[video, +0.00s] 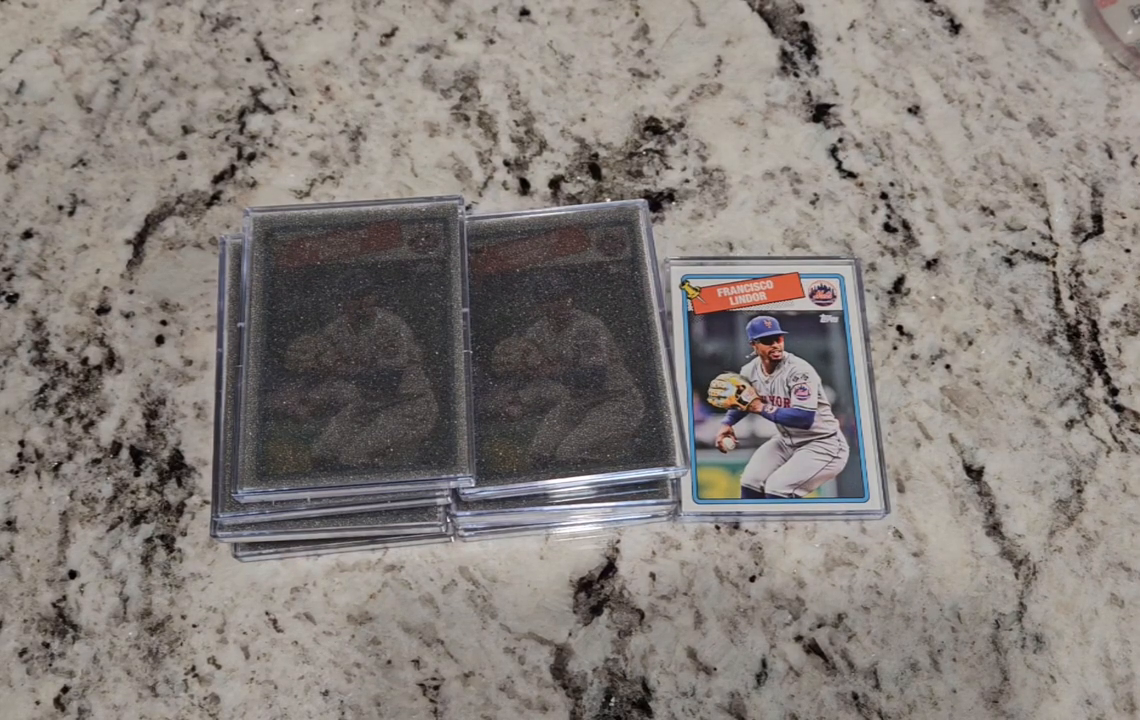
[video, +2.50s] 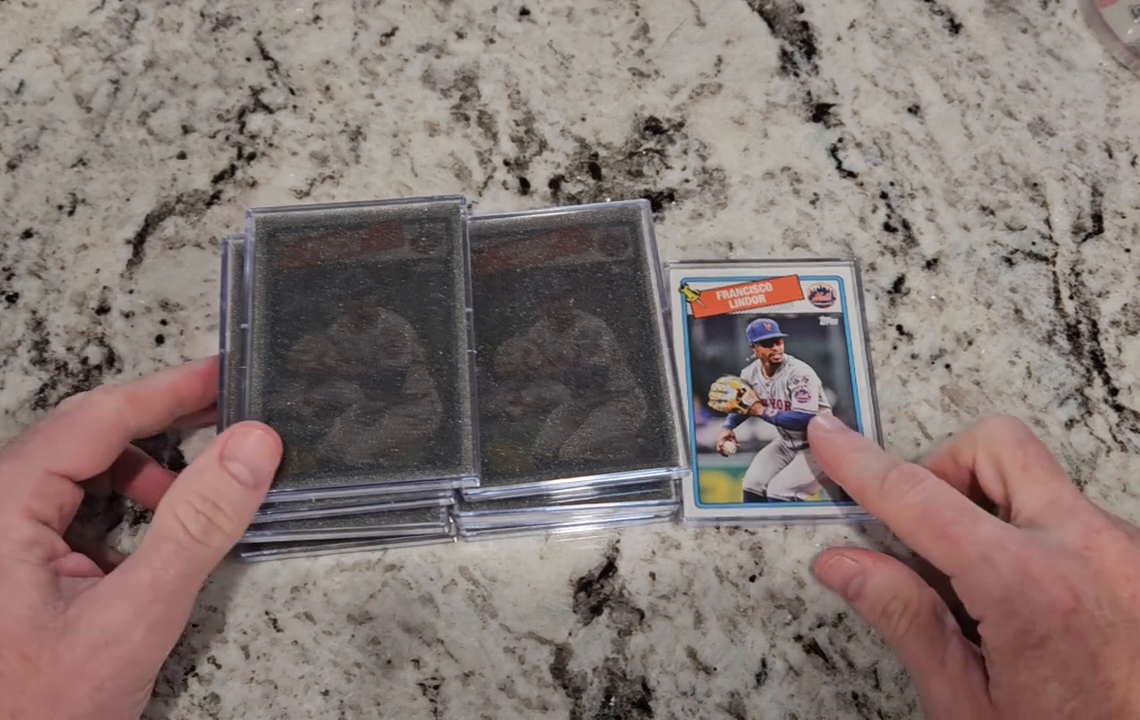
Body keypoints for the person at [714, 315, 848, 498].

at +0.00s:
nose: (775, 346)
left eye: (778, 339)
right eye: (767, 342)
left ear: (783, 339)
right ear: (754, 346)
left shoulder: (800, 371)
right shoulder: (749, 372)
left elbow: (804, 419)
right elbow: (743, 402)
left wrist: (760, 407)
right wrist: (726, 424)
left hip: (824, 445)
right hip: (786, 442)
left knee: (777, 487)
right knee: (751, 482)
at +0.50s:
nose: (775, 346)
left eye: (778, 339)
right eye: (767, 342)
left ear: (783, 339)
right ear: (754, 346)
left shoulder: (800, 371)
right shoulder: (749, 372)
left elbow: (804, 419)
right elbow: (743, 402)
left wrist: (760, 407)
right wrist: (726, 424)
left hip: (824, 445)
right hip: (786, 442)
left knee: (777, 487)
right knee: (751, 482)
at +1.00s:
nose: (776, 345)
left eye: (778, 339)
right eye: (767, 341)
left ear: (783, 339)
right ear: (754, 346)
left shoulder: (800, 371)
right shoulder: (749, 372)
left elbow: (804, 419)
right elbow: (742, 403)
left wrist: (761, 407)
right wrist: (726, 425)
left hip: (824, 445)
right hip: (786, 443)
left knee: (777, 488)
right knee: (751, 482)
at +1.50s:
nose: (775, 345)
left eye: (778, 339)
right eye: (767, 341)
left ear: (783, 339)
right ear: (754, 346)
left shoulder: (800, 371)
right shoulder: (748, 372)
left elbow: (803, 419)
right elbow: (742, 403)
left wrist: (760, 407)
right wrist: (726, 425)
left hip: (824, 445)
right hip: (786, 443)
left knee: (776, 488)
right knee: (750, 482)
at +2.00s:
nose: (776, 346)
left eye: (778, 339)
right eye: (767, 341)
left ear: (783, 339)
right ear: (754, 346)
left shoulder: (800, 371)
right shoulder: (749, 372)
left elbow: (803, 419)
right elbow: (742, 403)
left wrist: (760, 407)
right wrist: (726, 425)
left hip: (824, 446)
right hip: (786, 443)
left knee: (777, 488)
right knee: (751, 482)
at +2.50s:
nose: (776, 348)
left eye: (778, 342)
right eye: (768, 344)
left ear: (783, 341)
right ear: (755, 349)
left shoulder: (800, 373)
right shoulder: (749, 374)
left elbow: (805, 420)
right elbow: (744, 407)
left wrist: (761, 410)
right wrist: (727, 428)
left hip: (817, 447)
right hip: (785, 445)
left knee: (779, 491)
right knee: (752, 486)